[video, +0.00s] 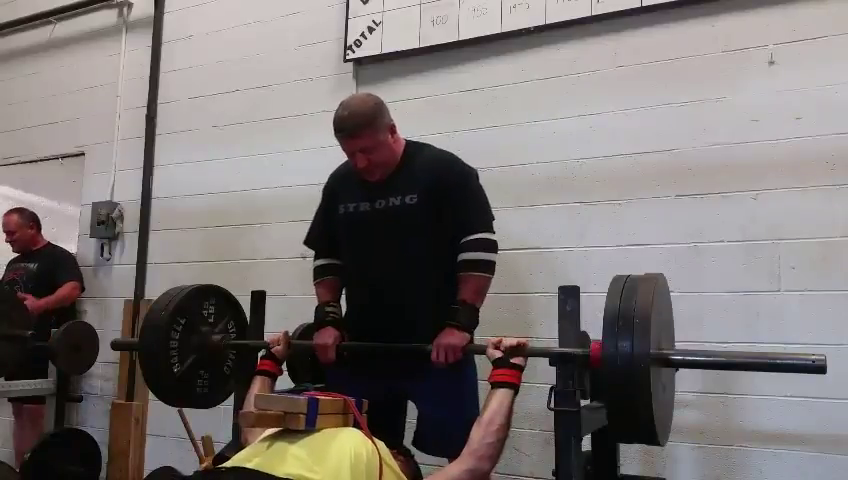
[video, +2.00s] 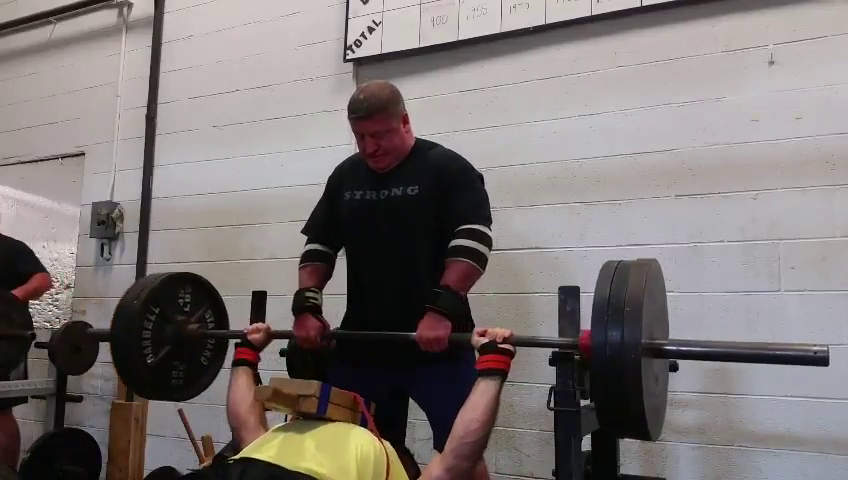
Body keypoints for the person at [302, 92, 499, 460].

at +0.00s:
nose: (359, 163)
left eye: (367, 151)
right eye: (351, 154)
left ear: (393, 133)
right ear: (341, 145)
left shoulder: (449, 175)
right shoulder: (341, 184)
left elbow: (479, 251)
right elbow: (327, 259)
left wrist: (460, 323)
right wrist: (328, 319)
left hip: (438, 346)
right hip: (366, 348)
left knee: (463, 459)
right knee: (370, 460)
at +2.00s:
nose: (370, 146)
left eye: (380, 135)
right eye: (362, 136)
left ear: (406, 124)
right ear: (352, 131)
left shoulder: (450, 171)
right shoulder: (346, 177)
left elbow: (472, 246)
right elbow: (319, 247)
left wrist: (443, 309)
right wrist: (307, 307)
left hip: (438, 343)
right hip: (364, 345)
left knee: (465, 456)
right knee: (363, 459)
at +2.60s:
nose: (368, 150)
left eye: (378, 139)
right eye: (360, 140)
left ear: (405, 128)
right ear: (351, 135)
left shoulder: (448, 176)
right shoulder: (343, 182)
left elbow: (456, 247)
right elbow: (307, 245)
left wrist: (427, 303)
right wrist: (286, 298)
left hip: (441, 344)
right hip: (366, 342)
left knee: (464, 454)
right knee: (367, 457)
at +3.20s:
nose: (369, 152)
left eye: (378, 140)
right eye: (360, 142)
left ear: (403, 128)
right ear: (351, 136)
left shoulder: (449, 175)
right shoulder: (343, 184)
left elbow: (488, 240)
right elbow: (318, 244)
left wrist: (448, 295)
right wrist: (310, 285)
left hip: (439, 349)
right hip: (364, 348)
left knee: (463, 459)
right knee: (361, 461)